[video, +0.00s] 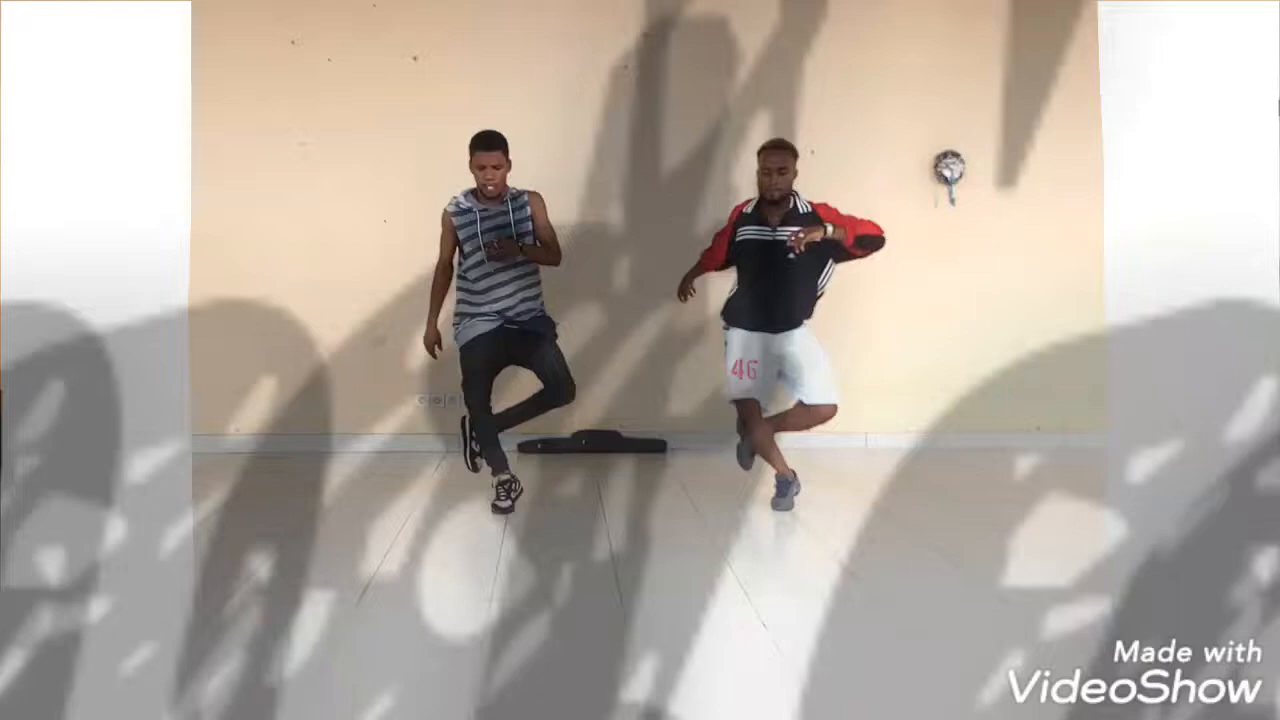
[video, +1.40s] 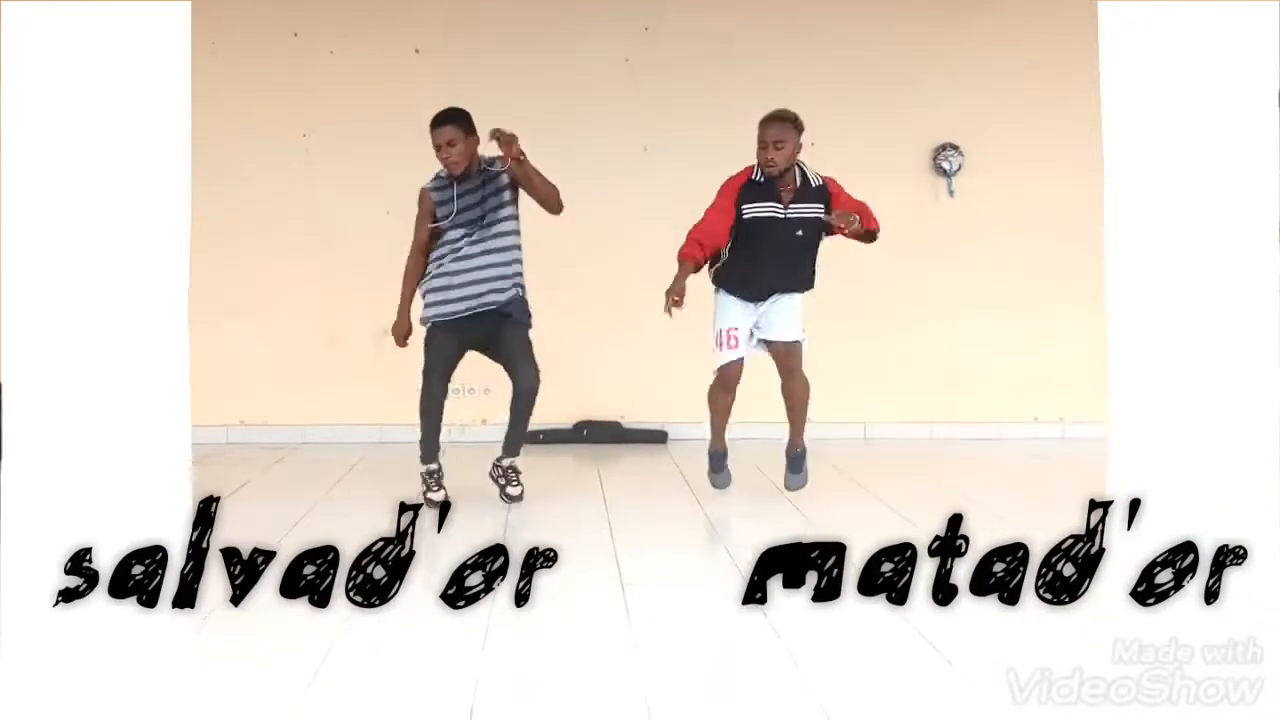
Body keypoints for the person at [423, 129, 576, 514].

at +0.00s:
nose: (489, 175)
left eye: (496, 167)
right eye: (481, 168)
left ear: (508, 165)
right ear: (470, 168)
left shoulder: (530, 203)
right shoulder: (456, 214)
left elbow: (554, 256)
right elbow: (445, 268)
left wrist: (520, 253)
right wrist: (432, 323)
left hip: (528, 318)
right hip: (479, 322)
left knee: (562, 391)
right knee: (475, 397)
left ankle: (483, 427)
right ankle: (503, 477)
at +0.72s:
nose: (489, 185)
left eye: (496, 177)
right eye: (480, 177)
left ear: (506, 179)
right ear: (466, 178)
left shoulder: (523, 219)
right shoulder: (443, 220)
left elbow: (529, 273)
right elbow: (434, 282)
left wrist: (513, 282)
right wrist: (470, 326)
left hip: (509, 315)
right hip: (459, 320)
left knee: (530, 371)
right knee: (449, 392)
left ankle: (515, 461)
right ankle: (464, 471)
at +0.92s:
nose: (469, 125)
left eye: (476, 116)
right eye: (461, 118)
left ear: (489, 116)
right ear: (449, 120)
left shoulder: (512, 157)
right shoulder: (435, 160)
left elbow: (541, 212)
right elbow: (422, 223)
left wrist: (546, 262)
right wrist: (430, 278)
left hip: (506, 284)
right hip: (455, 285)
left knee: (531, 360)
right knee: (443, 364)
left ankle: (534, 450)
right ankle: (437, 437)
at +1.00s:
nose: (465, 116)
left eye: (471, 107)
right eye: (456, 109)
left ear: (485, 106)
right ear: (445, 111)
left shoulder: (514, 149)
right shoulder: (430, 158)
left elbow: (552, 200)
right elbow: (404, 216)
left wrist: (585, 248)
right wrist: (379, 272)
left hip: (507, 278)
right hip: (453, 282)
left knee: (545, 345)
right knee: (431, 359)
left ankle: (580, 432)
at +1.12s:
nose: (460, 129)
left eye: (468, 120)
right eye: (452, 121)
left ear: (481, 119)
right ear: (441, 123)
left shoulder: (506, 156)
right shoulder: (425, 169)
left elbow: (545, 192)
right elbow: (390, 217)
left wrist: (576, 194)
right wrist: (358, 265)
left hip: (506, 285)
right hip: (456, 289)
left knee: (554, 338)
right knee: (447, 369)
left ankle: (561, 435)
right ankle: (392, 353)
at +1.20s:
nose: (457, 138)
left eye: (465, 129)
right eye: (449, 130)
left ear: (478, 128)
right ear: (439, 132)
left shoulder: (502, 169)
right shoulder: (421, 181)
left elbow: (532, 212)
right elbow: (395, 235)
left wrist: (547, 225)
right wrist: (372, 290)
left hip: (508, 292)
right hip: (458, 297)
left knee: (540, 372)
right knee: (447, 377)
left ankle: (522, 463)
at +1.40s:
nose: (445, 154)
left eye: (452, 144)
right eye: (438, 148)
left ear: (473, 139)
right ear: (434, 149)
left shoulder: (506, 169)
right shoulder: (433, 193)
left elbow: (554, 205)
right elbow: (418, 254)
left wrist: (520, 162)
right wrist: (403, 314)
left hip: (501, 311)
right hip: (447, 317)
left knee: (528, 379)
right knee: (433, 389)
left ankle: (507, 462)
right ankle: (430, 465)